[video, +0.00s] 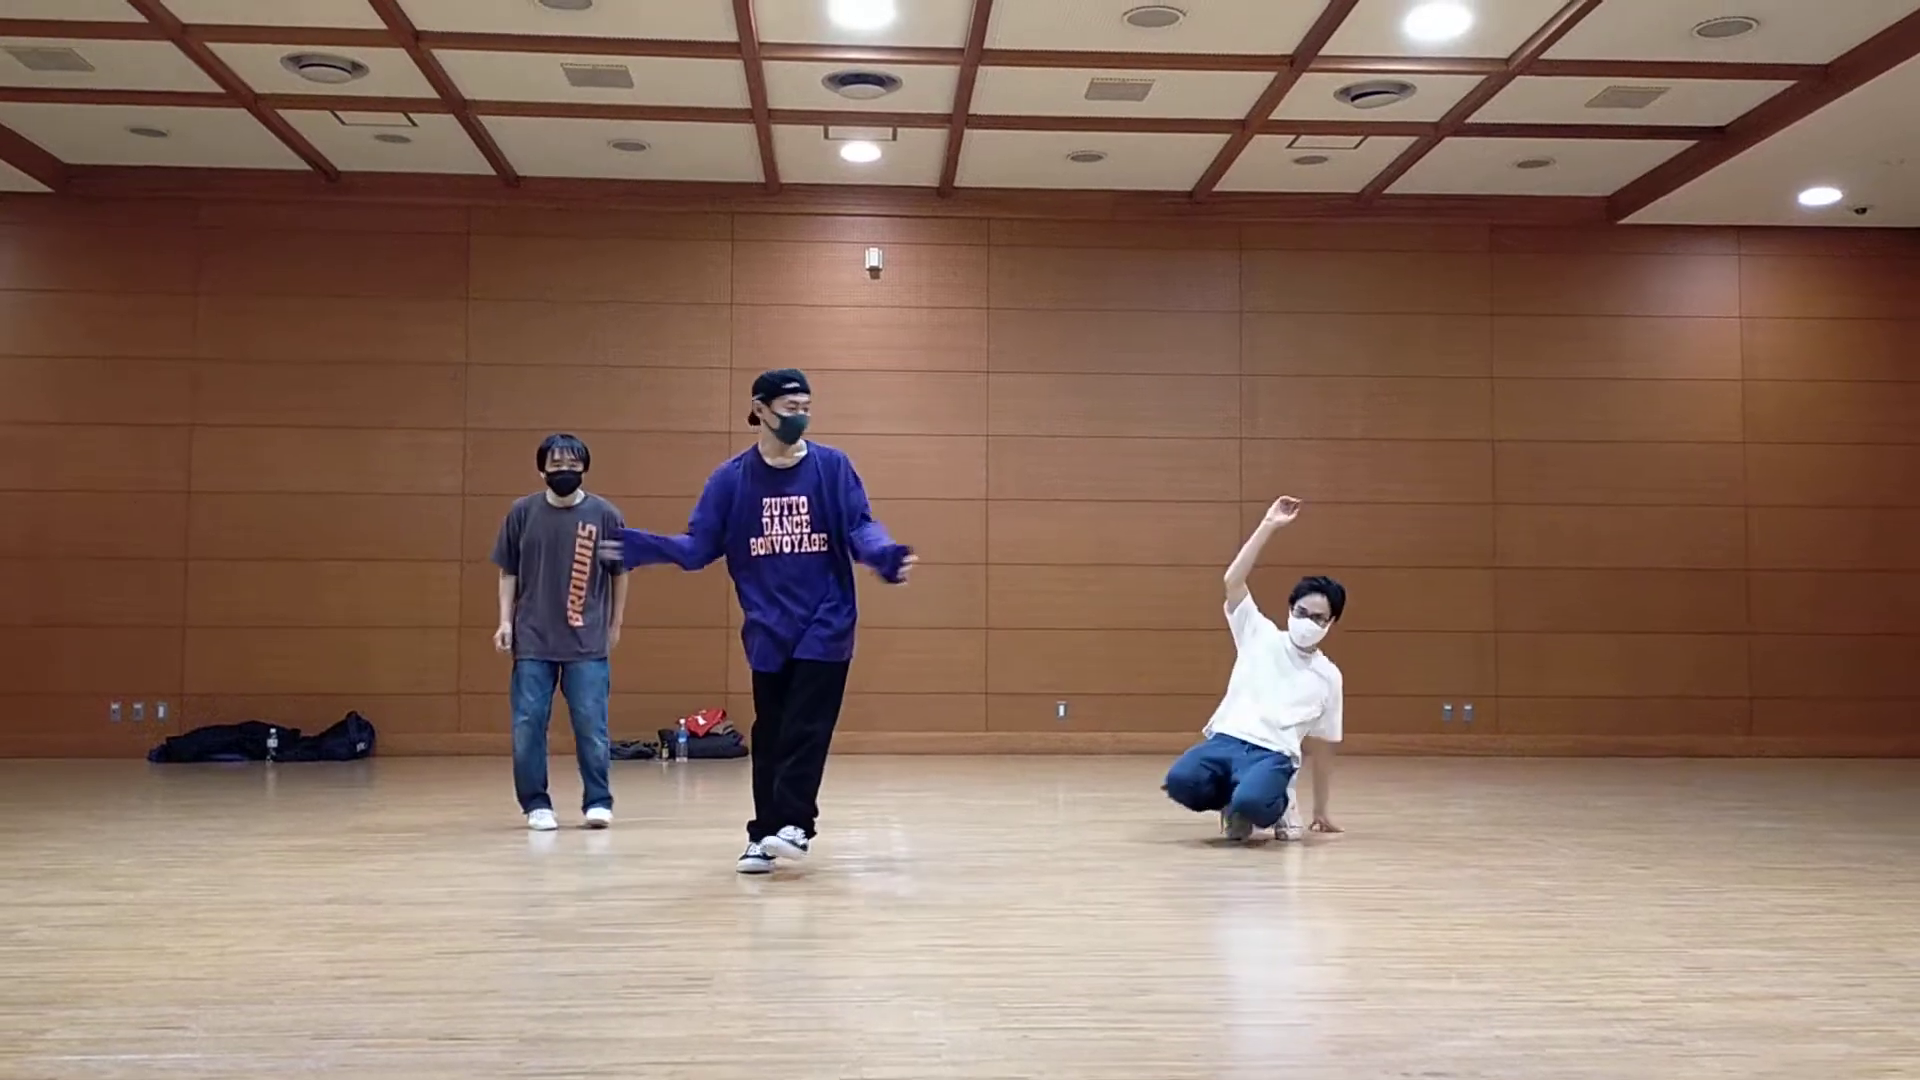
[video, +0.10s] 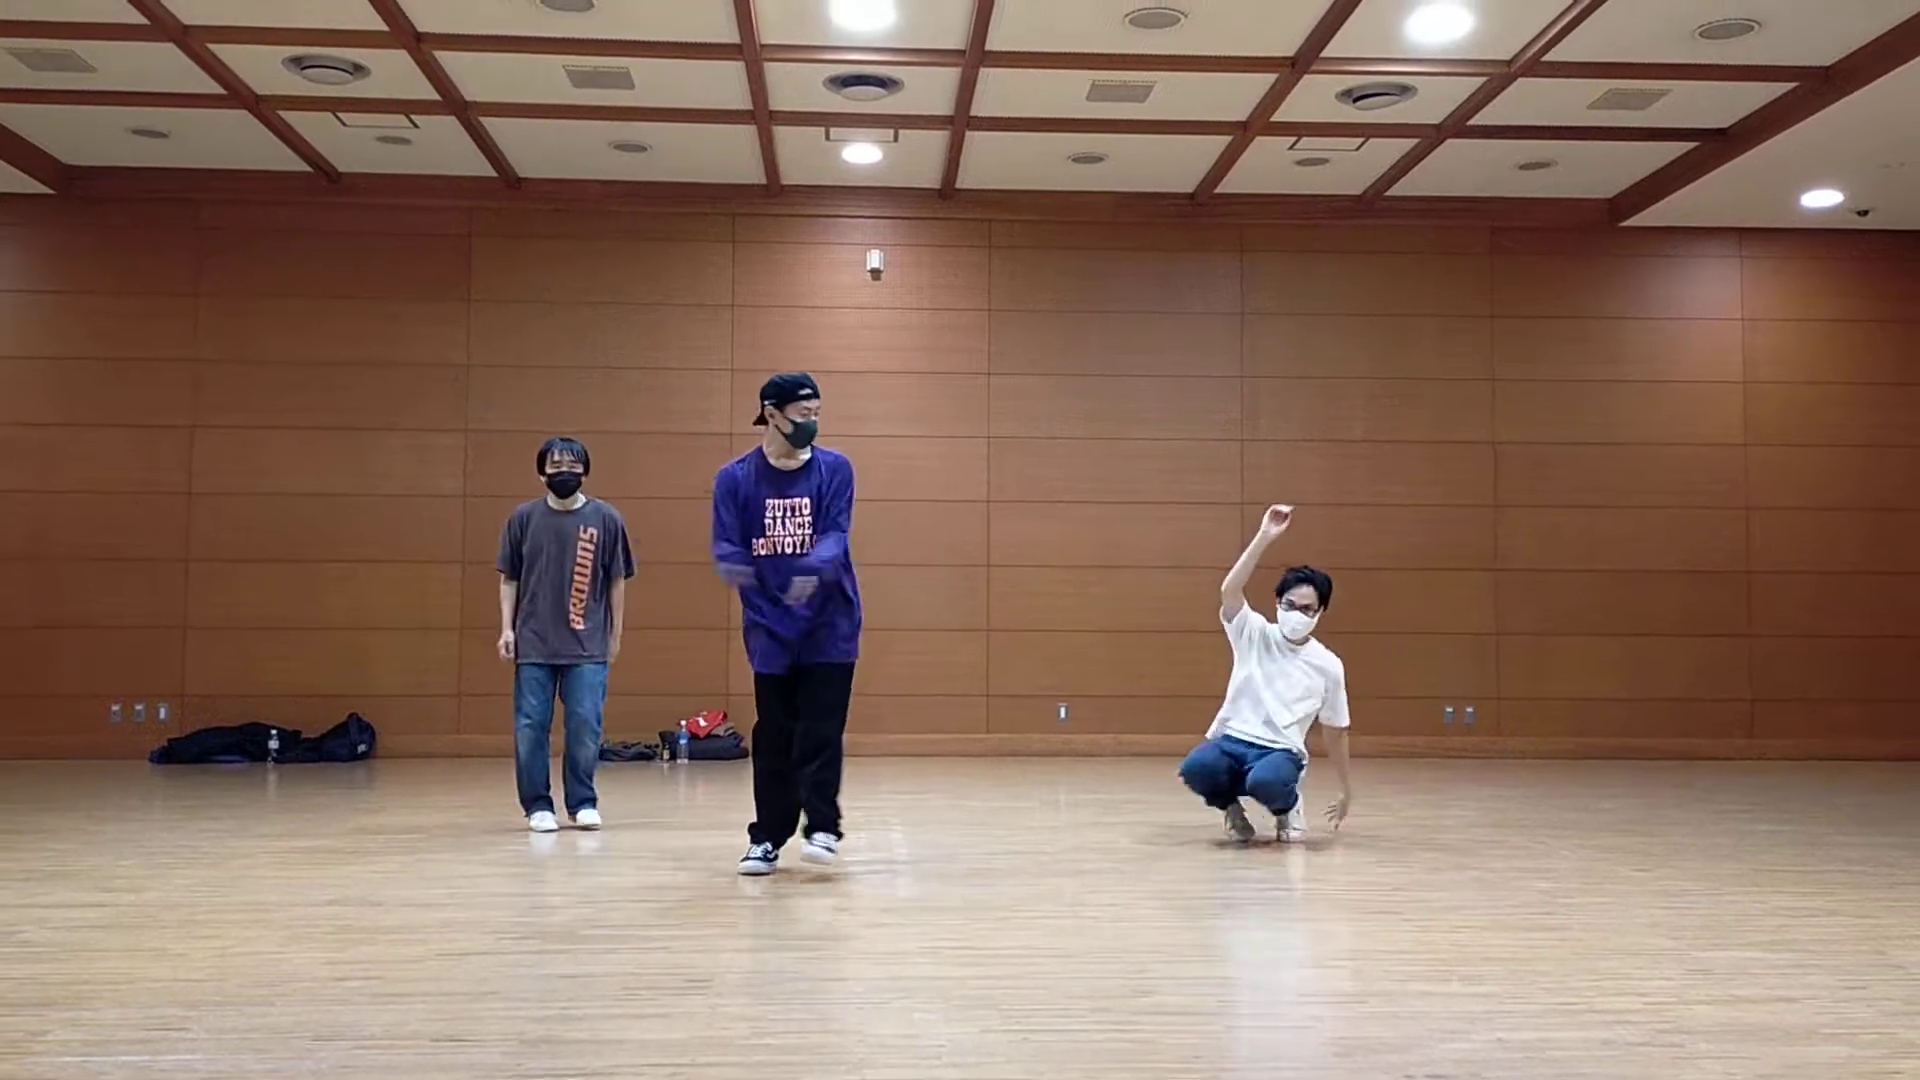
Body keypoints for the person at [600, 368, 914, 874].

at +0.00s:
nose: (801, 410)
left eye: (805, 403)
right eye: (790, 403)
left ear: (810, 410)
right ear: (760, 411)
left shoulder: (832, 467)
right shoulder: (731, 479)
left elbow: (859, 527)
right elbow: (698, 548)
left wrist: (884, 554)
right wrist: (639, 545)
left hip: (826, 619)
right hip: (768, 623)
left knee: (806, 723)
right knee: (772, 729)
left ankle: (795, 825)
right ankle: (763, 835)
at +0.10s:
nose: (812, 414)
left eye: (815, 407)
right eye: (801, 407)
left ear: (817, 413)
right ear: (770, 414)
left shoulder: (833, 468)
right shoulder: (735, 478)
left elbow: (836, 535)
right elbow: (728, 554)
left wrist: (811, 571)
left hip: (829, 621)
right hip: (770, 622)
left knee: (822, 727)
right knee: (774, 729)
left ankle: (822, 827)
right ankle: (767, 837)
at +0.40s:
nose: (865, 439)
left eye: (869, 431)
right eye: (856, 430)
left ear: (869, 434)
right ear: (825, 429)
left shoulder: (880, 494)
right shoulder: (781, 491)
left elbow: (881, 573)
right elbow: (766, 573)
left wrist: (864, 643)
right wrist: (777, 640)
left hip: (863, 649)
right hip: (802, 650)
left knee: (878, 755)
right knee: (791, 755)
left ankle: (892, 851)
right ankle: (778, 852)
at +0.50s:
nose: (890, 440)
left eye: (892, 433)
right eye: (880, 433)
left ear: (891, 441)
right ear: (849, 436)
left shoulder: (904, 503)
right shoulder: (803, 498)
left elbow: (919, 574)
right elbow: (772, 572)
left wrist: (922, 631)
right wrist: (742, 632)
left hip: (880, 657)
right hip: (816, 655)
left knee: (887, 761)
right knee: (805, 758)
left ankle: (894, 857)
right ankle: (783, 858)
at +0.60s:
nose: (904, 449)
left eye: (909, 441)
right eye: (895, 440)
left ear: (911, 446)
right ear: (865, 439)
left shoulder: (922, 509)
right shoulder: (819, 499)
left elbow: (950, 569)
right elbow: (772, 560)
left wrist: (987, 612)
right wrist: (710, 597)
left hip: (894, 662)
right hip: (830, 660)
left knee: (895, 768)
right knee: (817, 764)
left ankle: (898, 861)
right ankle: (799, 859)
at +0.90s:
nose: (896, 436)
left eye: (906, 429)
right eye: (887, 428)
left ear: (920, 442)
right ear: (870, 437)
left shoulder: (940, 506)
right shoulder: (839, 496)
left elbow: (958, 573)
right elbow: (804, 559)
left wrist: (992, 584)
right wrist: (763, 562)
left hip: (910, 662)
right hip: (849, 658)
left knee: (903, 765)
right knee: (851, 762)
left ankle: (902, 865)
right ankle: (855, 863)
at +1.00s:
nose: (894, 437)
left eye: (904, 431)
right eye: (885, 430)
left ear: (917, 444)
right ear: (868, 440)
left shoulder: (939, 508)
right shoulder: (838, 500)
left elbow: (946, 573)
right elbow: (821, 567)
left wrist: (942, 606)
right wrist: (819, 591)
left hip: (912, 663)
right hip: (851, 659)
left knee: (907, 766)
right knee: (854, 764)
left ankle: (904, 865)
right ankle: (858, 864)